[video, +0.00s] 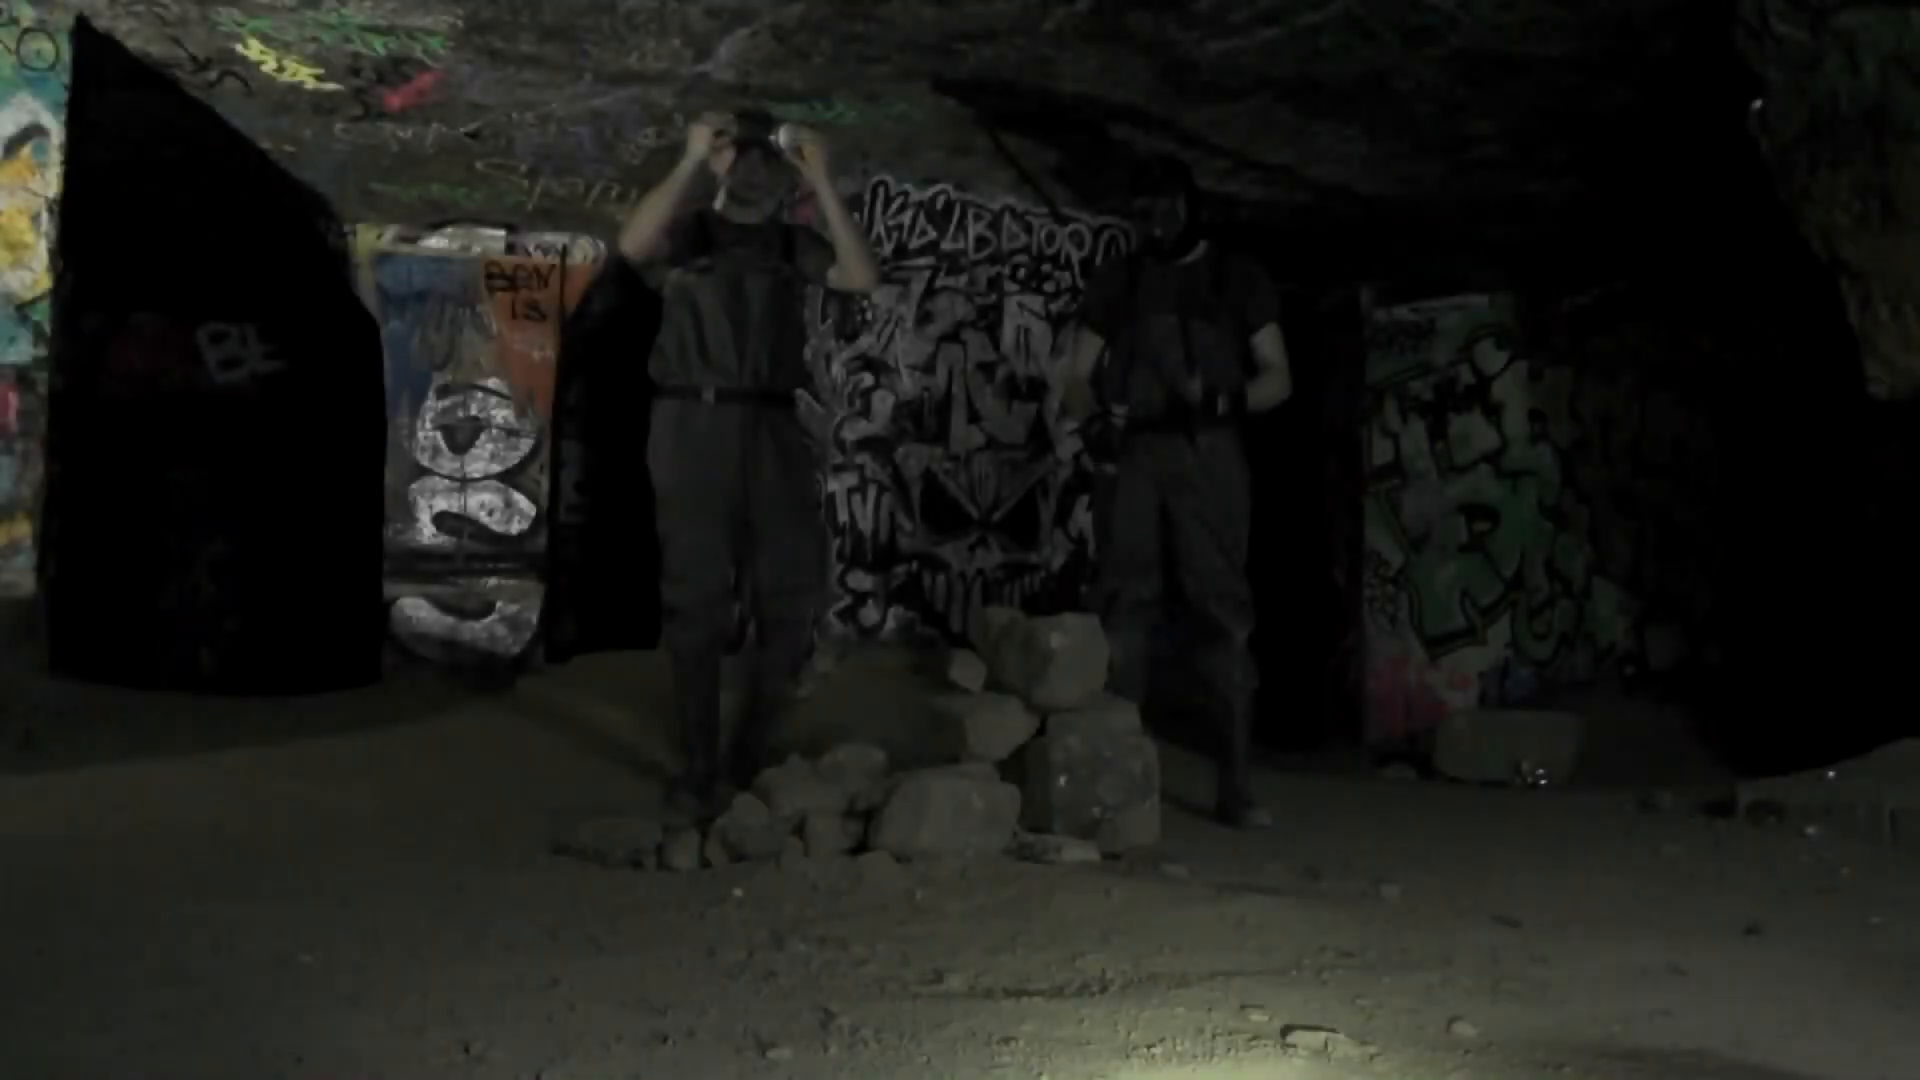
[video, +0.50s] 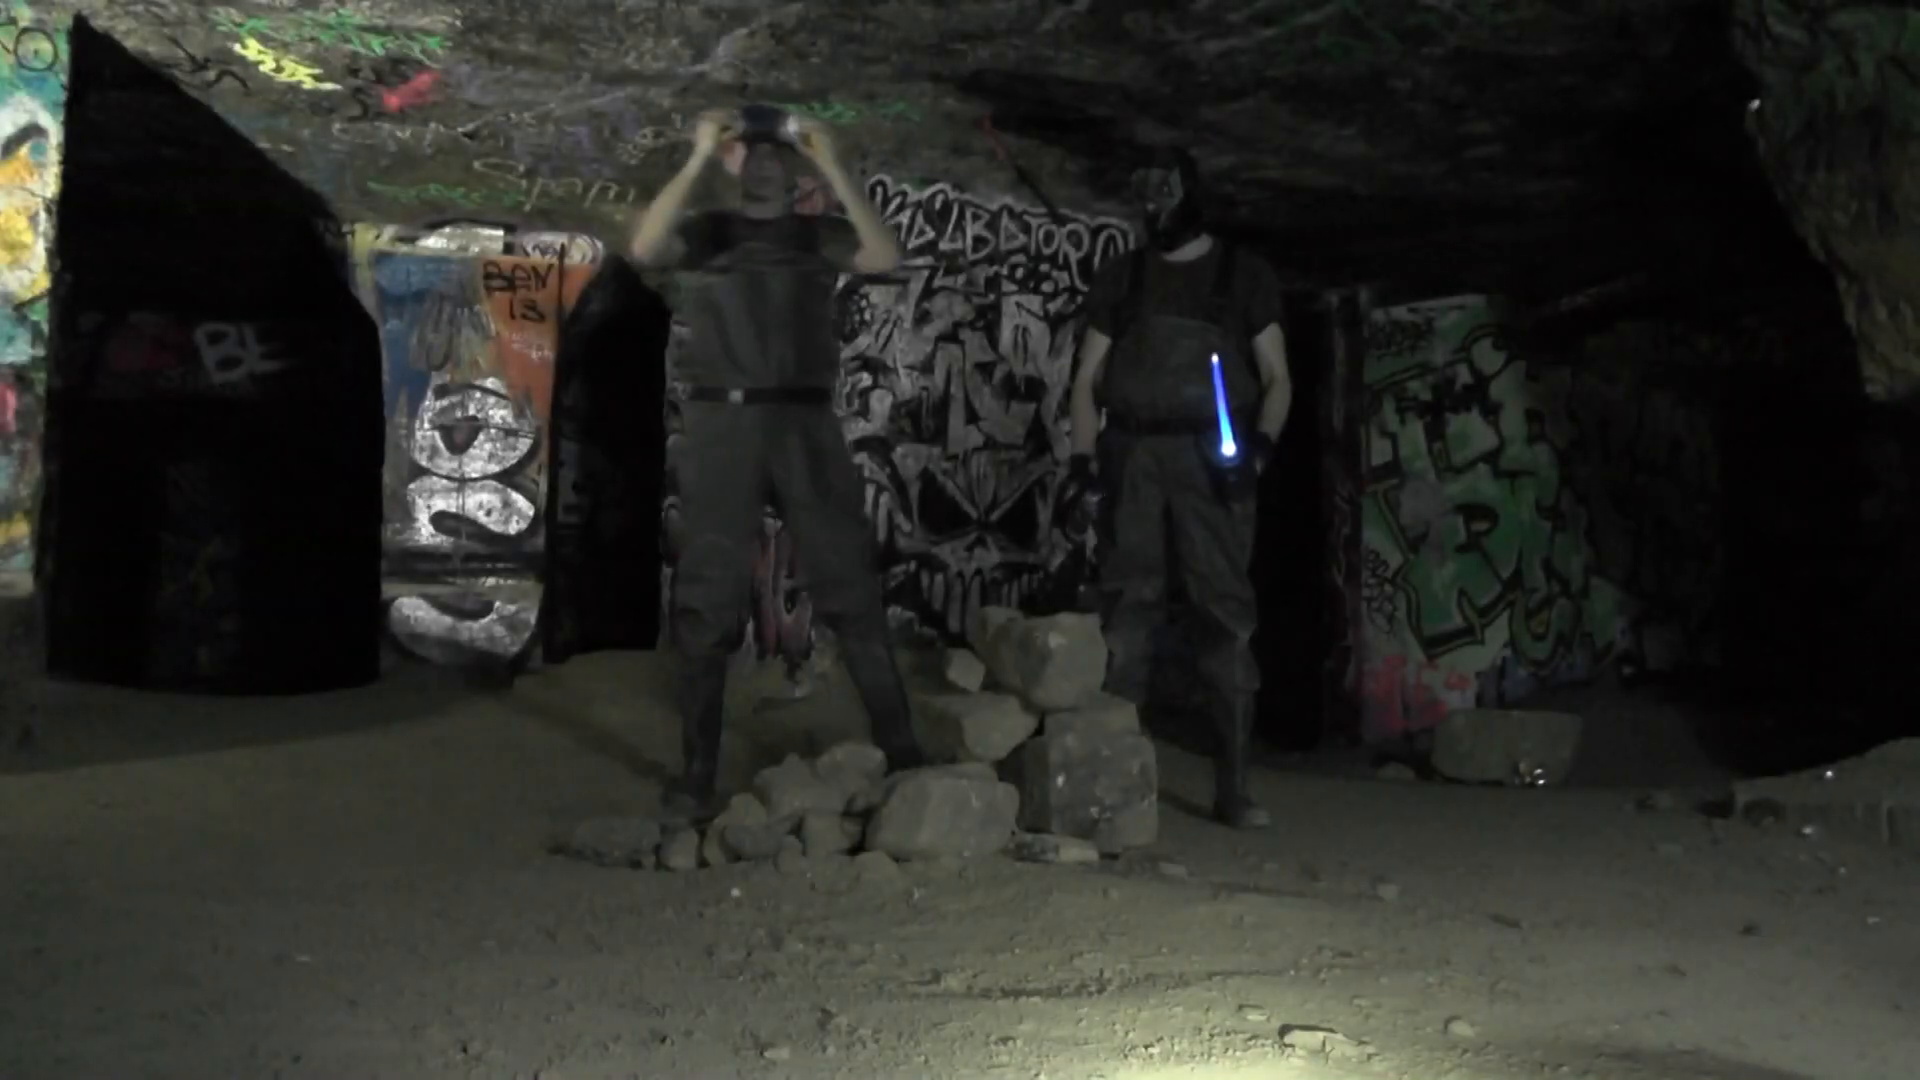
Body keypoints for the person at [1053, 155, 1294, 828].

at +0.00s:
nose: (1159, 227)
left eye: (1170, 213)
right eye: (1149, 214)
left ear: (1194, 213)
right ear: (1136, 217)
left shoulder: (1235, 280)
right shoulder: (1122, 280)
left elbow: (1275, 379)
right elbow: (1076, 371)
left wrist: (1226, 398)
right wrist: (1089, 420)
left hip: (1210, 469)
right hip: (1132, 470)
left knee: (1221, 618)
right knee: (1126, 616)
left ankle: (1235, 781)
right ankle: (1118, 778)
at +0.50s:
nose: (1152, 203)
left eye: (1163, 190)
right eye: (1145, 192)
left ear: (1192, 195)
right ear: (1137, 200)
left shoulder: (1239, 274)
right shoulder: (1123, 274)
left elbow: (1277, 379)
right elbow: (1086, 378)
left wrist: (1256, 451)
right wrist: (1090, 455)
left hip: (1214, 468)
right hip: (1132, 466)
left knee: (1225, 619)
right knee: (1126, 615)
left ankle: (1233, 787)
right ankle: (1113, 780)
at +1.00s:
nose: (1156, 216)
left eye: (1167, 203)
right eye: (1146, 205)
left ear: (1193, 202)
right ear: (1134, 207)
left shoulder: (1236, 272)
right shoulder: (1121, 274)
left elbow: (1273, 377)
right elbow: (1083, 372)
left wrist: (1247, 447)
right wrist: (1085, 442)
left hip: (1211, 466)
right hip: (1131, 465)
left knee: (1220, 615)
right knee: (1124, 612)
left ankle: (1227, 784)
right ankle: (1110, 776)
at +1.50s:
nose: (1158, 210)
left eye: (1170, 196)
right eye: (1147, 197)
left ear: (1193, 198)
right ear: (1133, 200)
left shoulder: (1231, 273)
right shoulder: (1116, 273)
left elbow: (1270, 377)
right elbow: (1074, 374)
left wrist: (1241, 435)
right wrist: (1088, 436)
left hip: (1204, 467)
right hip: (1127, 465)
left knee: (1213, 620)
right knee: (1116, 616)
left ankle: (1220, 787)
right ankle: (1101, 781)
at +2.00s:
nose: (1152, 200)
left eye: (1163, 185)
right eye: (1141, 186)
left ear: (1186, 192)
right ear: (1127, 194)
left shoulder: (1226, 272)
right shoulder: (1112, 274)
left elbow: (1268, 376)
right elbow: (1067, 372)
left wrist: (1238, 439)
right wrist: (1078, 447)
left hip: (1198, 469)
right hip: (1119, 471)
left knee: (1209, 619)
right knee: (1112, 617)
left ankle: (1216, 787)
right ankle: (1098, 781)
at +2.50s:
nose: (1126, 200)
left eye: (1137, 187)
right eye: (1116, 187)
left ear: (1161, 195)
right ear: (1101, 196)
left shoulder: (1199, 271)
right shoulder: (1083, 273)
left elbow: (1242, 376)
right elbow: (1044, 381)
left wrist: (1219, 446)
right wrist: (1064, 464)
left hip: (1182, 468)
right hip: (1099, 470)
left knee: (1198, 619)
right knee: (1100, 620)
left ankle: (1215, 785)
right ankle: (1096, 783)